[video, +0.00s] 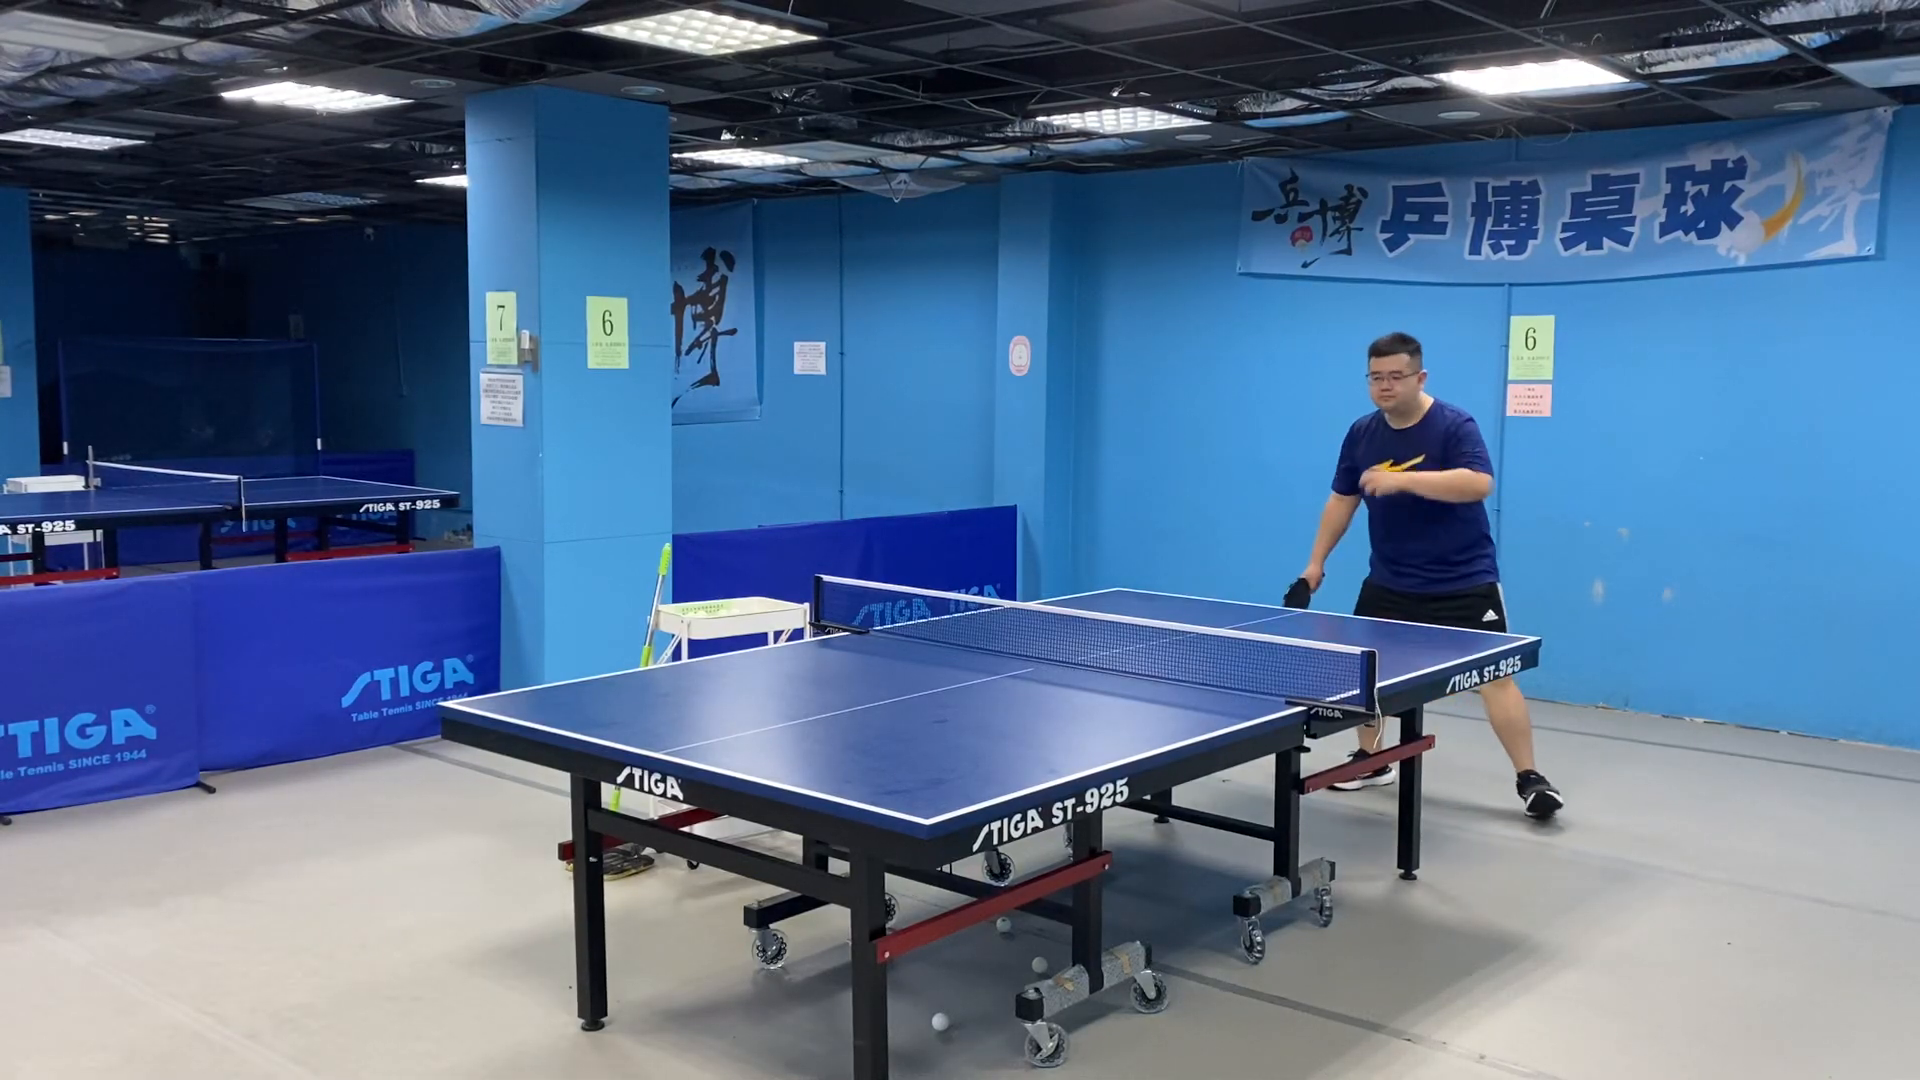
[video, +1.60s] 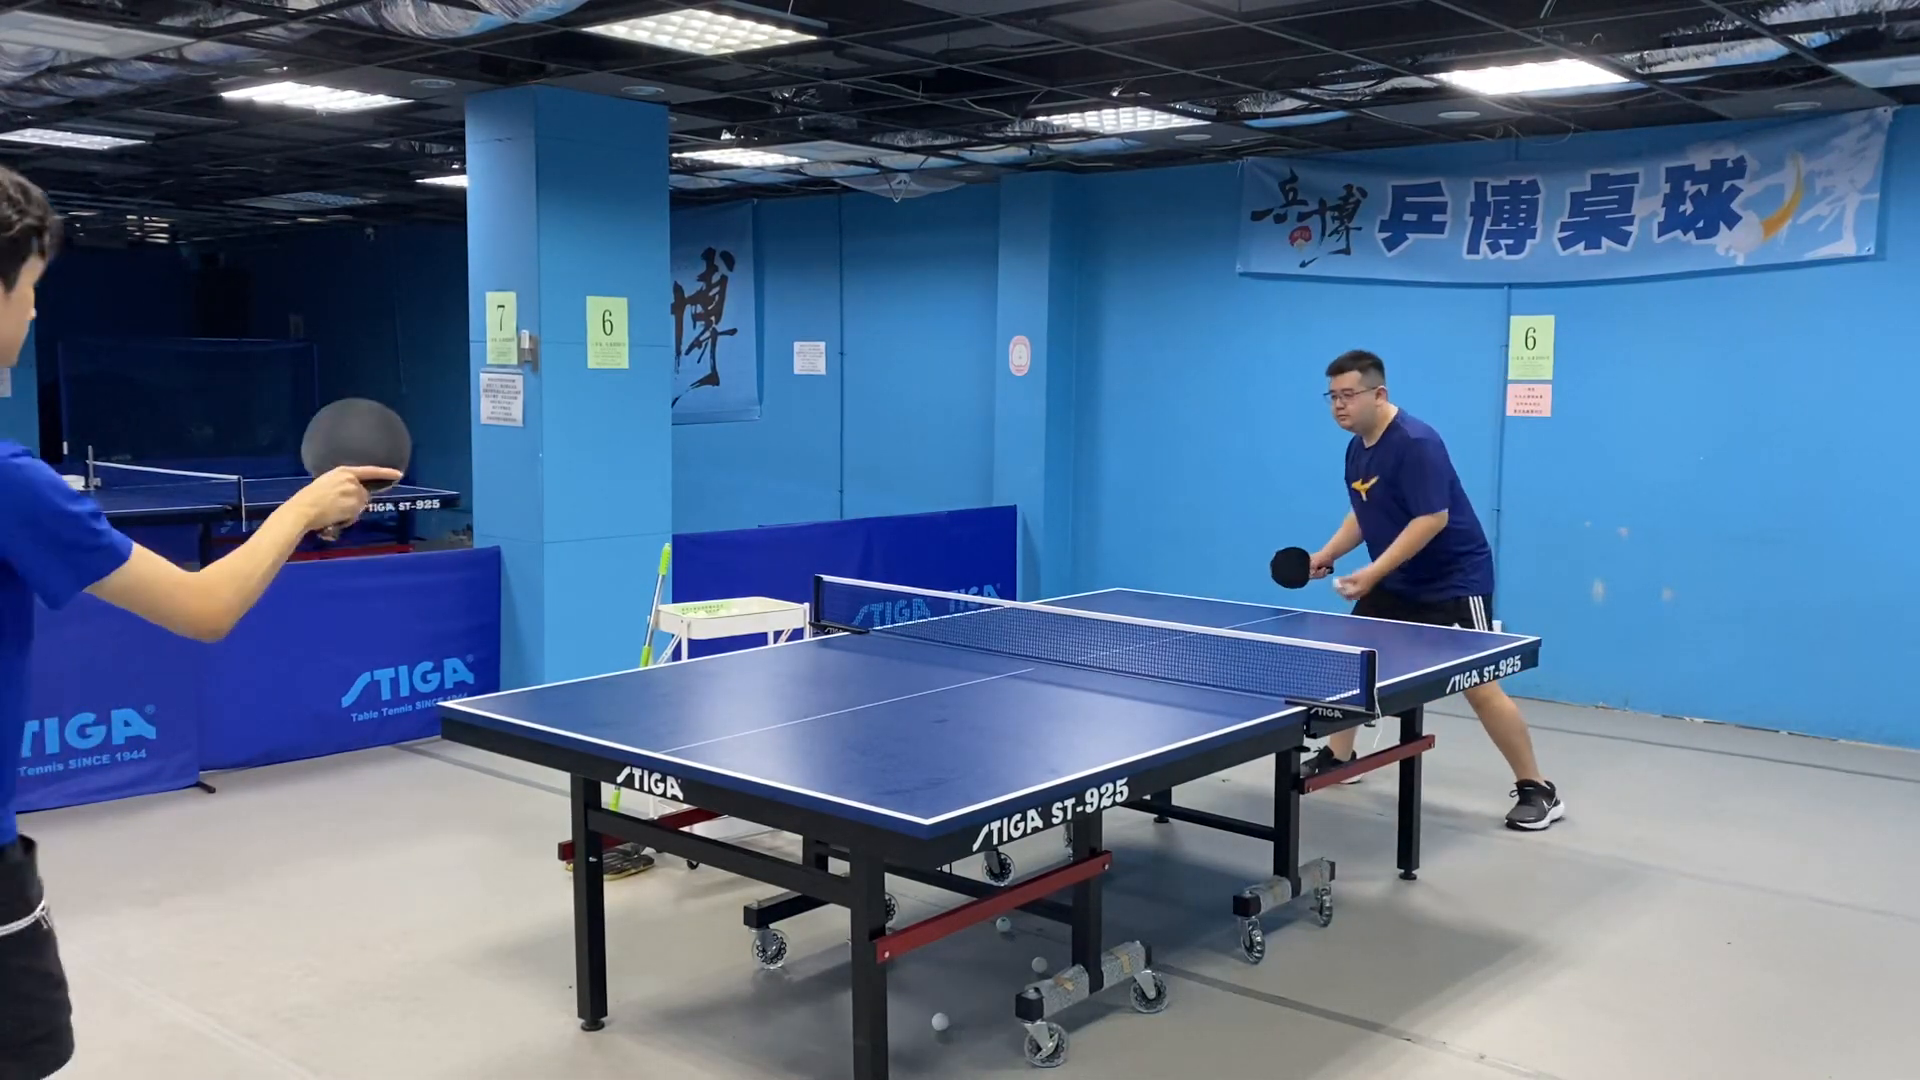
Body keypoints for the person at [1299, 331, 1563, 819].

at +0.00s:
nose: (1383, 385)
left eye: (1394, 376)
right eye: (1375, 377)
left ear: (1420, 378)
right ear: (1368, 380)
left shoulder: (1455, 426)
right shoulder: (1363, 435)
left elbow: (1480, 483)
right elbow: (1342, 500)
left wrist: (1402, 481)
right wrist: (1315, 563)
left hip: (1466, 586)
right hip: (1390, 585)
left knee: (1495, 672)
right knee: (1364, 669)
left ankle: (1529, 777)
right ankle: (1369, 754)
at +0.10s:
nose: (1411, 388)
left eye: (1422, 379)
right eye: (1403, 379)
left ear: (1446, 379)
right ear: (1394, 379)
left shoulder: (1478, 424)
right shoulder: (1383, 430)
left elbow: (1493, 477)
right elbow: (1357, 492)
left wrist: (1426, 441)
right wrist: (1324, 549)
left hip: (1481, 586)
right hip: (1405, 585)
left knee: (1508, 676)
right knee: (1375, 672)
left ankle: (1538, 783)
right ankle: (1372, 754)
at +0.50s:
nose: (1461, 382)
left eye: (1474, 374)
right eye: (1455, 372)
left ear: (1498, 378)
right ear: (1445, 373)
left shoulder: (1526, 431)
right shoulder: (1425, 423)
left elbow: (1554, 496)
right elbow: (1400, 486)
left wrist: (1481, 475)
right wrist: (1371, 547)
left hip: (1507, 583)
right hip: (1430, 574)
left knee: (1527, 675)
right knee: (1368, 649)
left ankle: (1542, 788)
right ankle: (1338, 733)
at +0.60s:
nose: (1450, 385)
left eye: (1463, 378)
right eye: (1443, 375)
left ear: (1487, 384)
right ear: (1434, 378)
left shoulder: (1516, 439)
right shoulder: (1413, 429)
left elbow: (1551, 506)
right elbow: (1389, 489)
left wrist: (1488, 532)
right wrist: (1364, 549)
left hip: (1500, 588)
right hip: (1422, 579)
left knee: (1524, 676)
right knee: (1364, 656)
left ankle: (1541, 788)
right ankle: (1330, 743)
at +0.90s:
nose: (1388, 419)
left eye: (1400, 411)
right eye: (1382, 410)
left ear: (1427, 415)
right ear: (1375, 414)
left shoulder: (1469, 464)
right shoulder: (1365, 462)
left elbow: (1501, 524)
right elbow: (1351, 517)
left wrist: (1466, 582)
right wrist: (1338, 556)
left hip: (1472, 593)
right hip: (1391, 591)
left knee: (1507, 678)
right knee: (1337, 655)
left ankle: (1538, 786)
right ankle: (1335, 753)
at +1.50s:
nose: (1336, 410)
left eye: (1347, 401)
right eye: (1331, 401)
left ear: (1377, 402)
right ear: (1329, 405)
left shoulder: (1421, 449)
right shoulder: (1348, 454)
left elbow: (1450, 521)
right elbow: (1351, 515)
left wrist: (1401, 583)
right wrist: (1322, 555)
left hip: (1456, 579)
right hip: (1393, 578)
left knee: (1478, 683)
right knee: (1340, 654)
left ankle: (1533, 787)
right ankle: (1338, 755)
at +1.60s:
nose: (1338, 404)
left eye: (1348, 394)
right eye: (1333, 396)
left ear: (1379, 395)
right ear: (1333, 400)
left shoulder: (1418, 444)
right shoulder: (1356, 450)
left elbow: (1432, 519)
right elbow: (1365, 514)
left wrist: (1372, 573)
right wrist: (1328, 553)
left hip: (1454, 580)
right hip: (1394, 579)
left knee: (1478, 684)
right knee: (1346, 655)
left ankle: (1535, 788)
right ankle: (1338, 754)